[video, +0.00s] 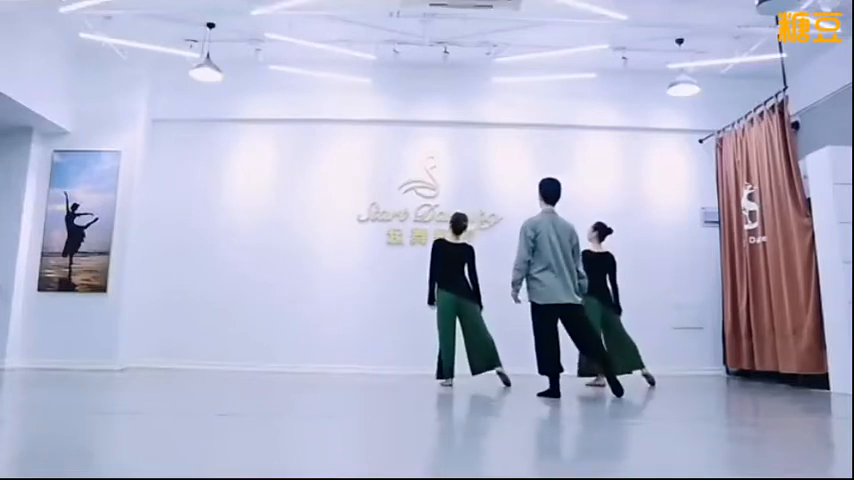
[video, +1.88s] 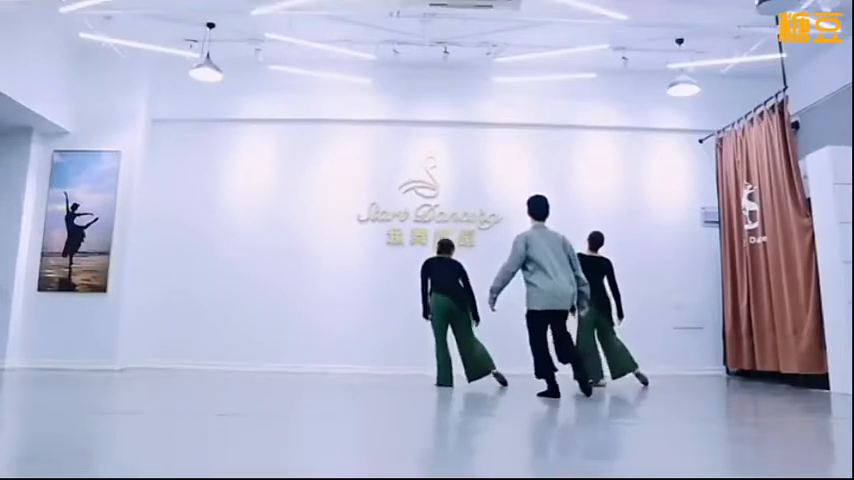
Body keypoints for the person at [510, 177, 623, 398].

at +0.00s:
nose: (539, 197)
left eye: (539, 193)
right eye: (549, 193)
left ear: (539, 195)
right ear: (558, 197)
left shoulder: (531, 225)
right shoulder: (568, 228)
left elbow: (523, 259)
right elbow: (578, 264)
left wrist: (515, 285)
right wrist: (580, 290)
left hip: (542, 296)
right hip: (568, 295)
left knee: (547, 343)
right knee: (588, 339)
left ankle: (554, 388)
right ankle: (611, 377)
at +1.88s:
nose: (529, 213)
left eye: (529, 209)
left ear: (529, 212)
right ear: (548, 212)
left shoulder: (524, 239)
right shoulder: (561, 239)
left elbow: (510, 268)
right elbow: (579, 273)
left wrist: (494, 291)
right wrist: (583, 298)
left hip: (538, 302)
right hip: (564, 301)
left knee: (539, 344)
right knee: (561, 335)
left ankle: (551, 387)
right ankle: (580, 373)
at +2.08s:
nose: (526, 228)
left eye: (525, 225)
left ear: (525, 226)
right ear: (543, 226)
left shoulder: (522, 250)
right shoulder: (558, 251)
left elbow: (510, 279)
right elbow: (576, 280)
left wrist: (493, 303)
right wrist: (583, 305)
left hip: (539, 305)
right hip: (564, 303)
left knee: (535, 349)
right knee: (551, 335)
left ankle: (551, 386)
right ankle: (559, 370)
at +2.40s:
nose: (517, 234)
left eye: (518, 231)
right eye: (518, 232)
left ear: (521, 231)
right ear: (537, 230)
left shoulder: (519, 248)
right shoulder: (552, 248)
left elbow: (511, 280)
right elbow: (565, 280)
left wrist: (503, 306)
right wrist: (569, 311)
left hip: (534, 303)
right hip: (559, 303)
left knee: (531, 344)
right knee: (529, 341)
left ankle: (551, 385)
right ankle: (525, 368)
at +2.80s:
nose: (513, 203)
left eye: (513, 200)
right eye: (516, 199)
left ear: (514, 200)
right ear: (532, 200)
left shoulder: (510, 222)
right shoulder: (544, 226)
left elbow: (503, 253)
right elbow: (552, 262)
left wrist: (497, 278)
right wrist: (553, 290)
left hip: (519, 287)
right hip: (542, 288)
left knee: (526, 335)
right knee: (530, 335)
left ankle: (546, 376)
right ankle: (517, 380)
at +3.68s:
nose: (498, 191)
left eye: (496, 187)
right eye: (506, 187)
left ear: (495, 190)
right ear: (514, 191)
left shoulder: (488, 218)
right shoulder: (524, 222)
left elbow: (478, 250)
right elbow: (530, 257)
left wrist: (469, 273)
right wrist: (530, 285)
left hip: (494, 282)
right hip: (518, 282)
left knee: (500, 329)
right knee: (513, 331)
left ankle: (513, 371)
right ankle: (507, 382)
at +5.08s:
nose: (474, 191)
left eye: (468, 186)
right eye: (479, 186)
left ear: (464, 188)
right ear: (484, 189)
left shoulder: (456, 217)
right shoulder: (493, 220)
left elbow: (447, 249)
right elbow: (501, 256)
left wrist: (438, 272)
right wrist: (501, 284)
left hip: (462, 283)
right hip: (486, 283)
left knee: (468, 329)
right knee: (481, 330)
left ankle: (480, 371)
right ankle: (474, 381)